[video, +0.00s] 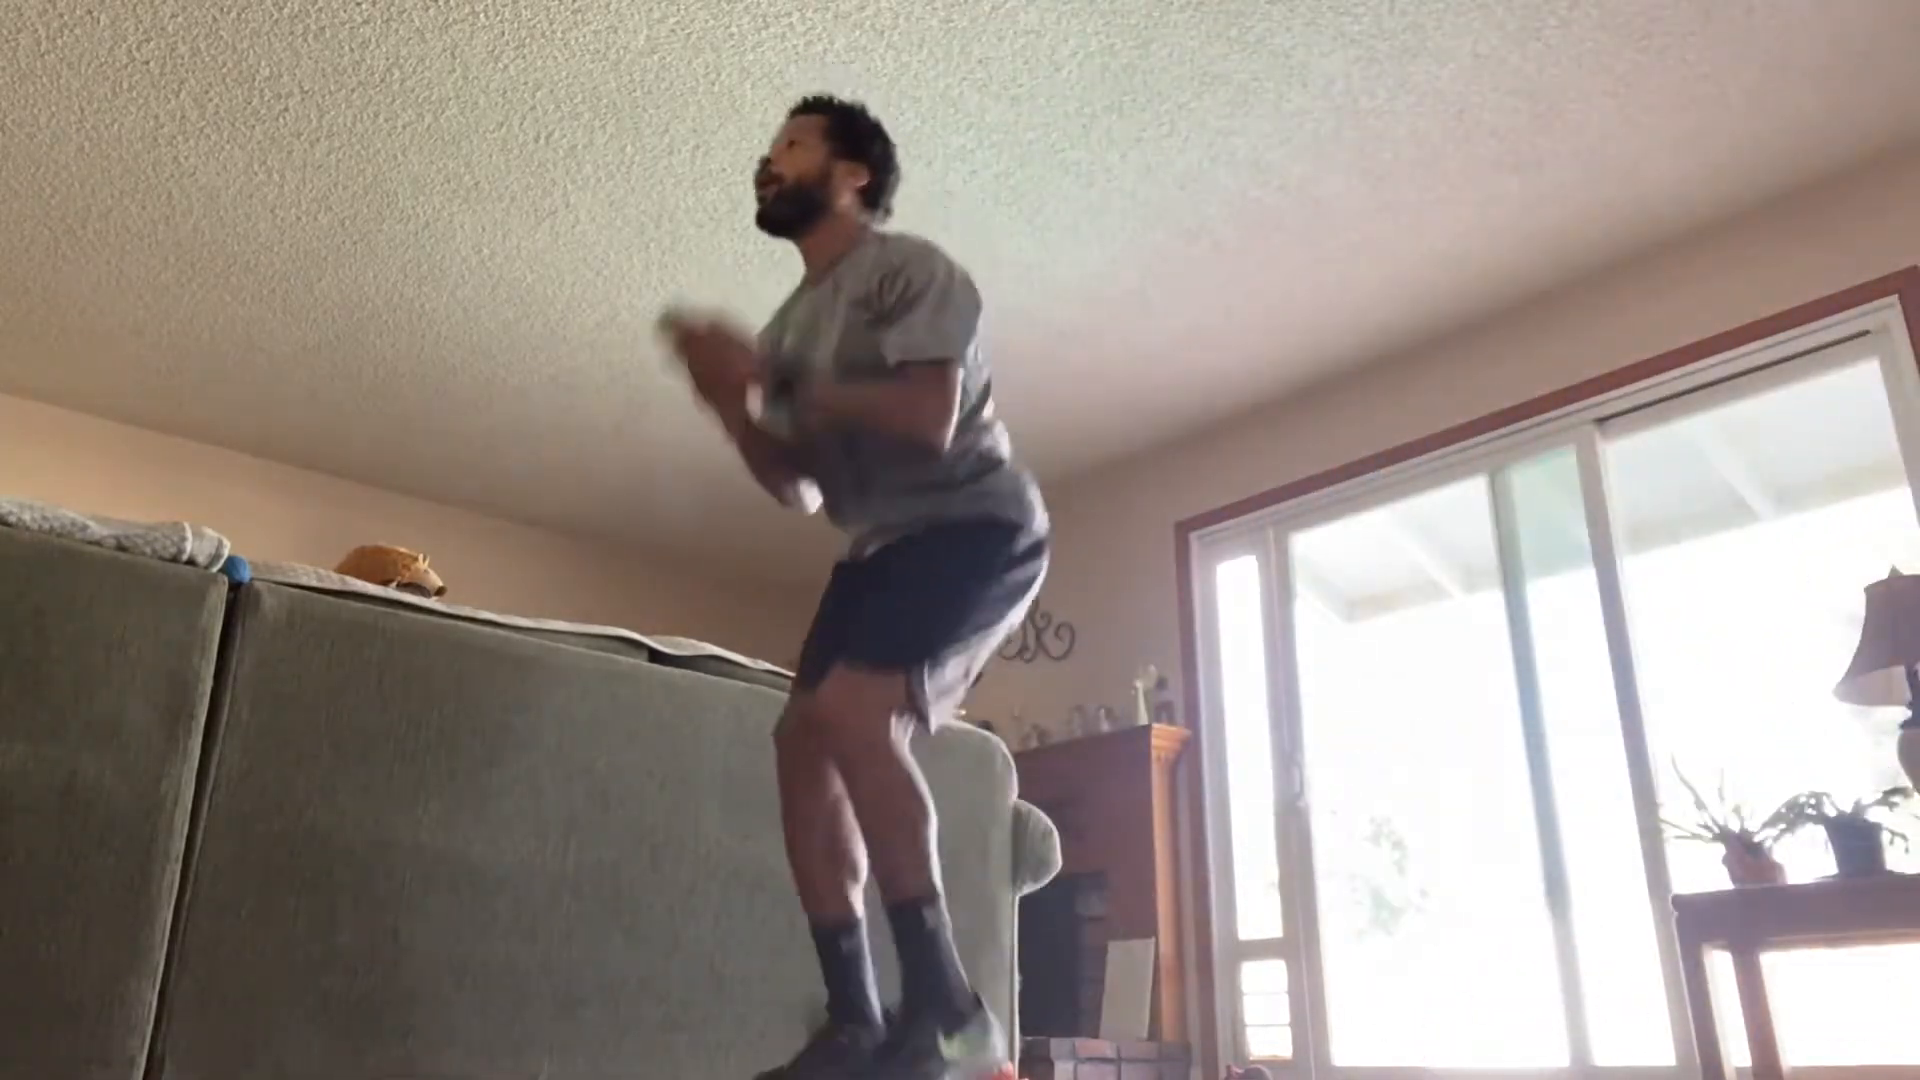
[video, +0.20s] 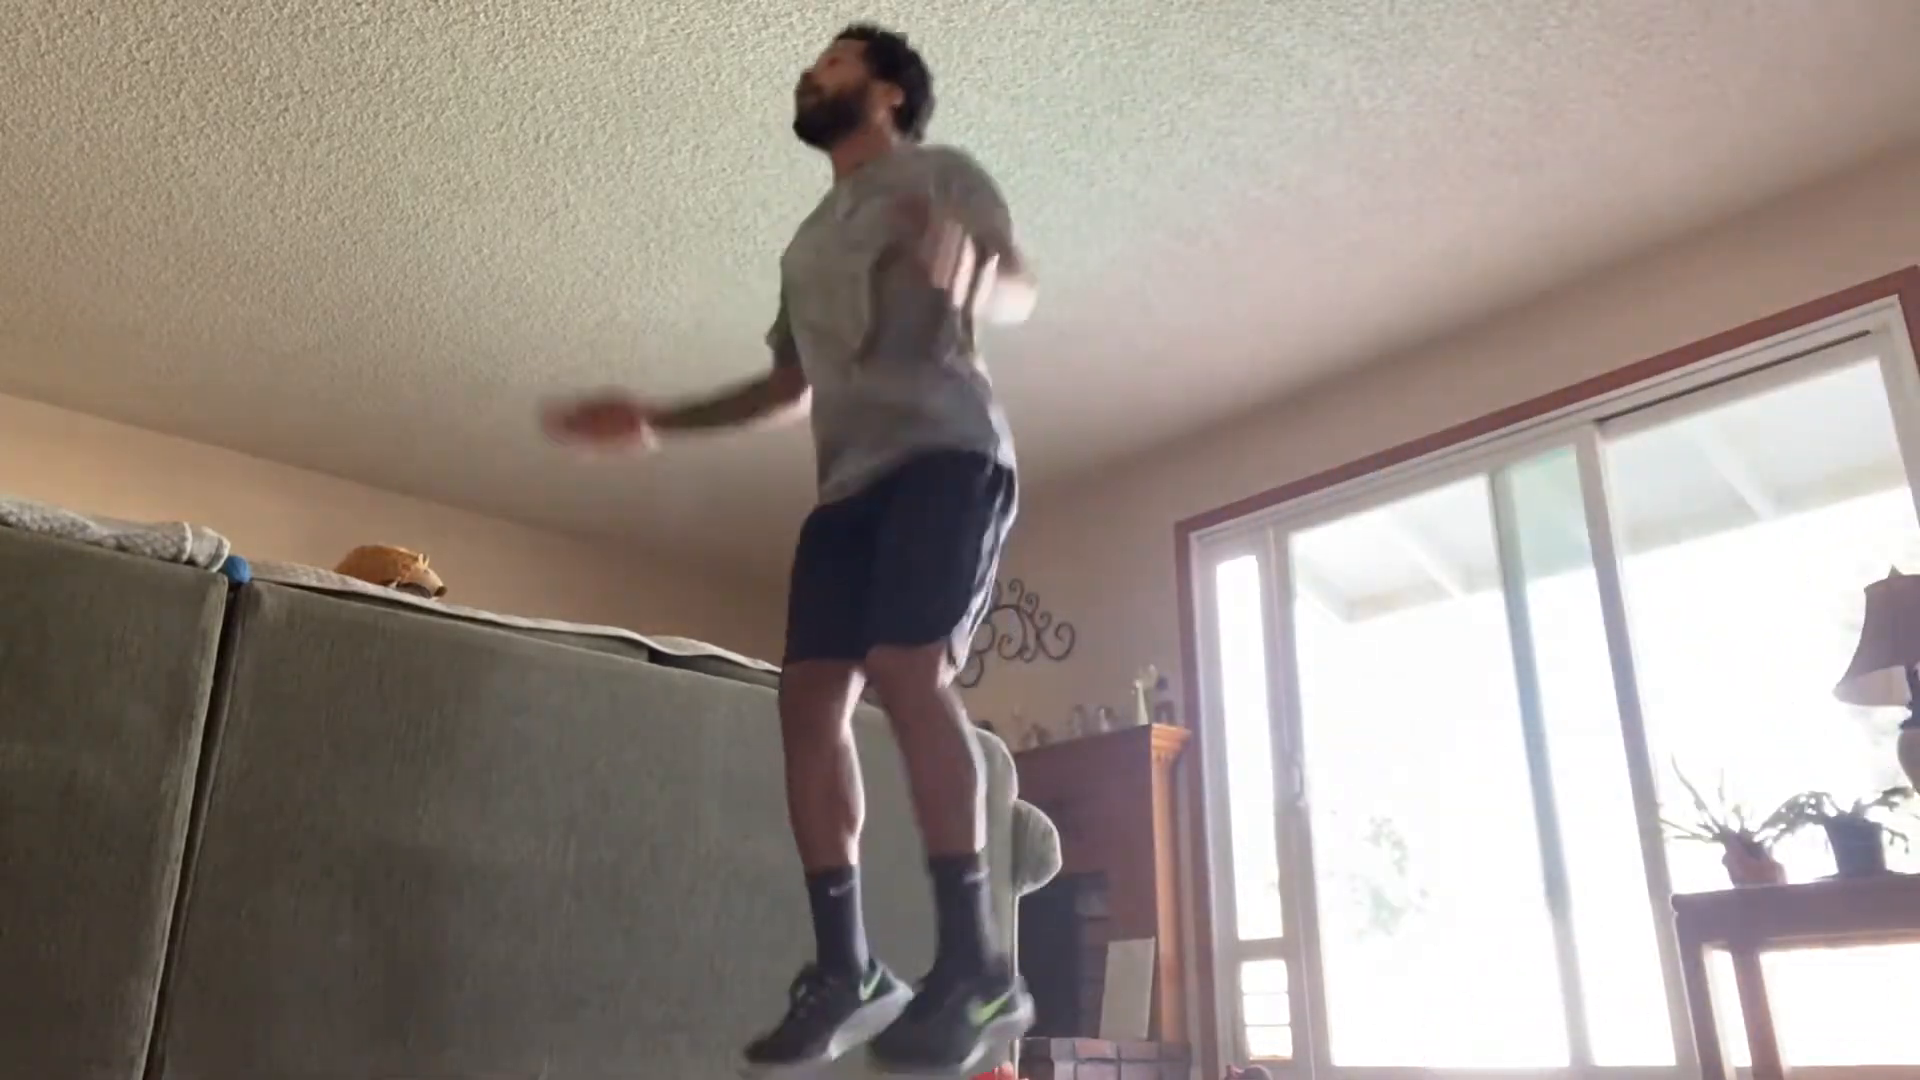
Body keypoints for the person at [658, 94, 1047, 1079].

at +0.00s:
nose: (767, 164)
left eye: (792, 149)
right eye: (770, 151)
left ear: (856, 177)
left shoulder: (916, 268)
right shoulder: (785, 333)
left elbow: (928, 415)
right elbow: (792, 482)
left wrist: (779, 385)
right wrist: (728, 405)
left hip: (973, 525)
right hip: (880, 547)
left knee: (852, 711)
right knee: (802, 739)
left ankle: (942, 995)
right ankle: (856, 1022)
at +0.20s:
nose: (808, 72)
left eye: (833, 57)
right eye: (812, 63)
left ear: (891, 91)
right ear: (831, 106)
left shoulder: (939, 170)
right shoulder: (807, 247)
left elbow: (1016, 286)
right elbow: (783, 385)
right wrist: (655, 419)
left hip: (947, 455)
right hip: (847, 484)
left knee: (909, 672)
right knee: (811, 702)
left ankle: (975, 970)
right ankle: (841, 971)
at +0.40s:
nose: (833, 104)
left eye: (858, 93)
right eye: (834, 97)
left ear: (913, 122)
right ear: (848, 139)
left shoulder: (945, 183)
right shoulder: (824, 260)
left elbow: (1016, 64)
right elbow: (734, 290)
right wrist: (727, 156)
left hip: (961, 492)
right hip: (856, 523)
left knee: (969, 703)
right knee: (798, 758)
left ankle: (1117, 967)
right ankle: (811, 994)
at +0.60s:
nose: (846, 106)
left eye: (870, 97)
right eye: (850, 100)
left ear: (923, 127)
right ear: (867, 140)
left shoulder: (950, 187)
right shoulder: (831, 259)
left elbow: (1028, 82)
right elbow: (733, 306)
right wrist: (667, 201)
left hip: (958, 495)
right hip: (854, 521)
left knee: (983, 703)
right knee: (812, 752)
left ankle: (1118, 962)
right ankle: (824, 991)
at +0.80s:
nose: (803, 70)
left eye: (829, 59)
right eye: (807, 62)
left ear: (883, 93)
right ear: (821, 111)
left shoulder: (942, 178)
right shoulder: (807, 243)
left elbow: (1017, 301)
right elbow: (827, 399)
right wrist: (735, 454)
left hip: (956, 456)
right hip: (859, 482)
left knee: (928, 671)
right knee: (844, 701)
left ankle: (1000, 965)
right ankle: (893, 973)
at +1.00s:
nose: (811, 96)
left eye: (835, 84)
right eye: (814, 88)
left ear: (889, 119)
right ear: (835, 130)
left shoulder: (936, 202)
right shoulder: (811, 275)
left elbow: (1006, 332)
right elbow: (829, 418)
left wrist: (933, 394)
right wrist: (756, 486)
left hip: (945, 495)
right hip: (851, 522)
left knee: (903, 703)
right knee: (841, 724)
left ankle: (987, 984)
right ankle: (908, 1002)